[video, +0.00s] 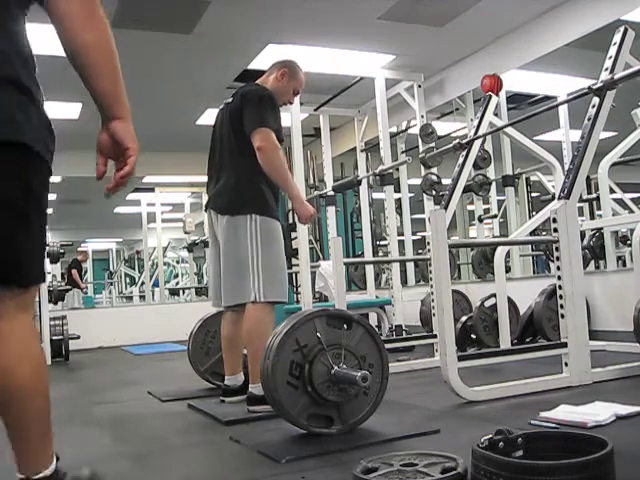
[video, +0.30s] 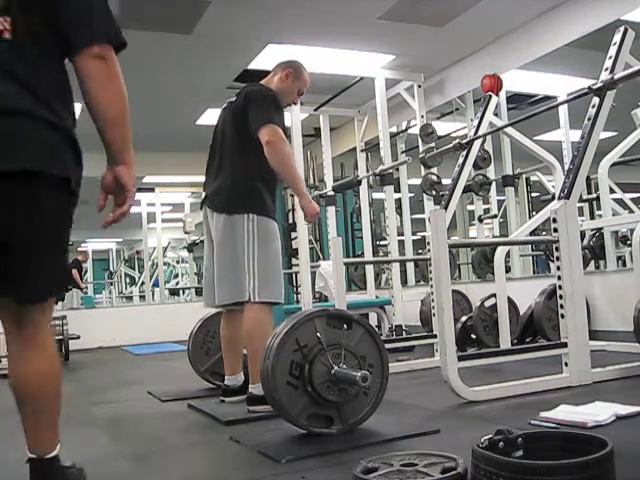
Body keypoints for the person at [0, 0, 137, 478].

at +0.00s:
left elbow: (75, 8)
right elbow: (75, 7)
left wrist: (114, 113)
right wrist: (116, 114)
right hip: (9, 118)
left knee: (18, 310)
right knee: (12, 311)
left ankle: (41, 468)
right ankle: (41, 471)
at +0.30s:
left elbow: (95, 53)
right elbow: (95, 53)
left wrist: (120, 157)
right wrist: (122, 158)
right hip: (26, 159)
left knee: (29, 324)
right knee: (28, 324)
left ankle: (45, 461)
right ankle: (45, 462)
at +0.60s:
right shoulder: (79, 5)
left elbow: (121, 86)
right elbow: (122, 86)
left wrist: (142, 171)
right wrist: (144, 172)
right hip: (47, 168)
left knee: (37, 318)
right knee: (36, 317)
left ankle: (43, 458)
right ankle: (44, 460)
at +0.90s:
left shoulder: (62, 22)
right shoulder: (60, 20)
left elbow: (104, 117)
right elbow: (105, 117)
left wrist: (89, 185)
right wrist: (91, 185)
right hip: (39, 183)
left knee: (27, 319)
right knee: (38, 319)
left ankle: (43, 453)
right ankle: (44, 454)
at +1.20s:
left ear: (8, 5)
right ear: (13, 1)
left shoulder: (36, 35)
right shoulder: (33, 34)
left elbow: (66, 115)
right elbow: (67, 116)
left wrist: (30, 157)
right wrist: (32, 156)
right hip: (25, 186)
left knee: (52, 292)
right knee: (51, 293)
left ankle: (44, 387)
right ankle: (44, 387)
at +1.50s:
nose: (18, 12)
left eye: (14, 8)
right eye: (18, 7)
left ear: (4, 8)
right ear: (12, 7)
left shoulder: (32, 52)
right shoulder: (31, 51)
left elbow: (58, 120)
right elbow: (61, 121)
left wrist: (25, 154)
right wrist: (25, 154)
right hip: (22, 199)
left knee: (29, 311)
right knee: (29, 310)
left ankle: (50, 412)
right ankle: (50, 414)